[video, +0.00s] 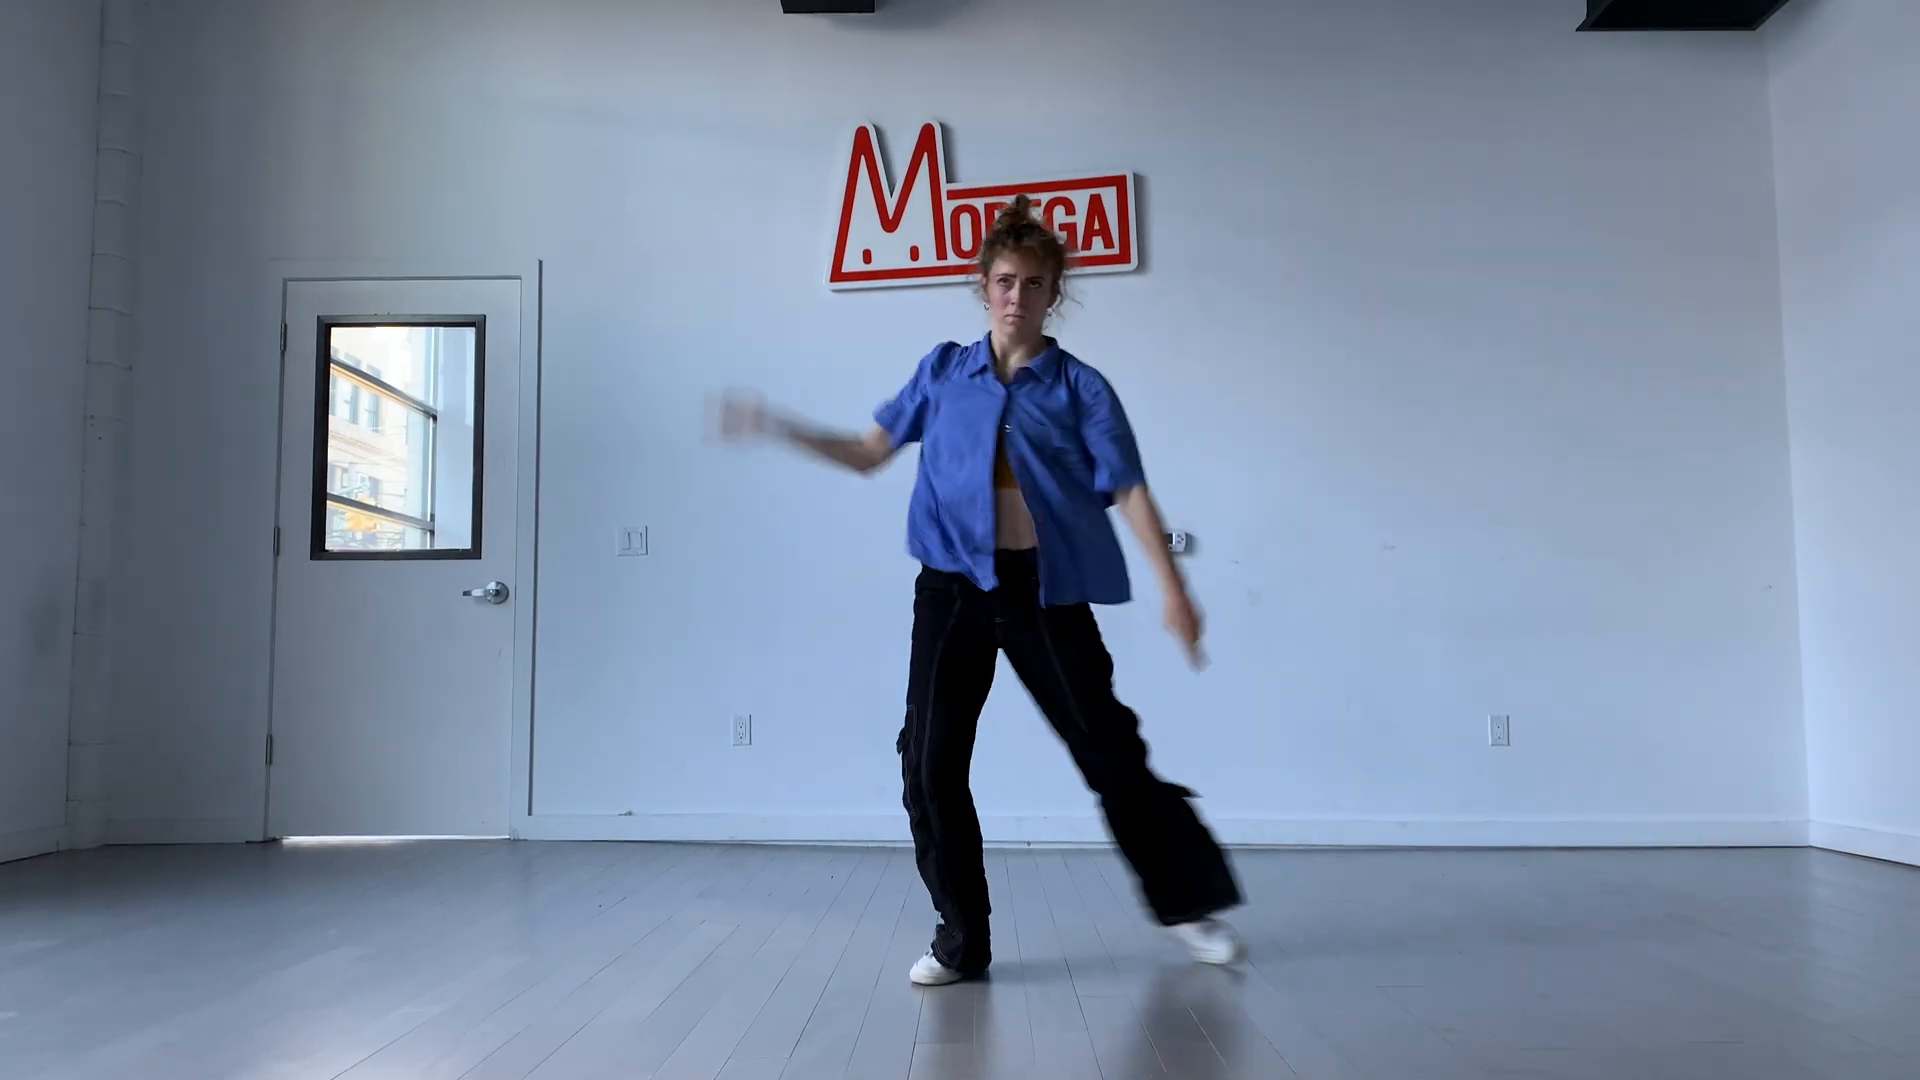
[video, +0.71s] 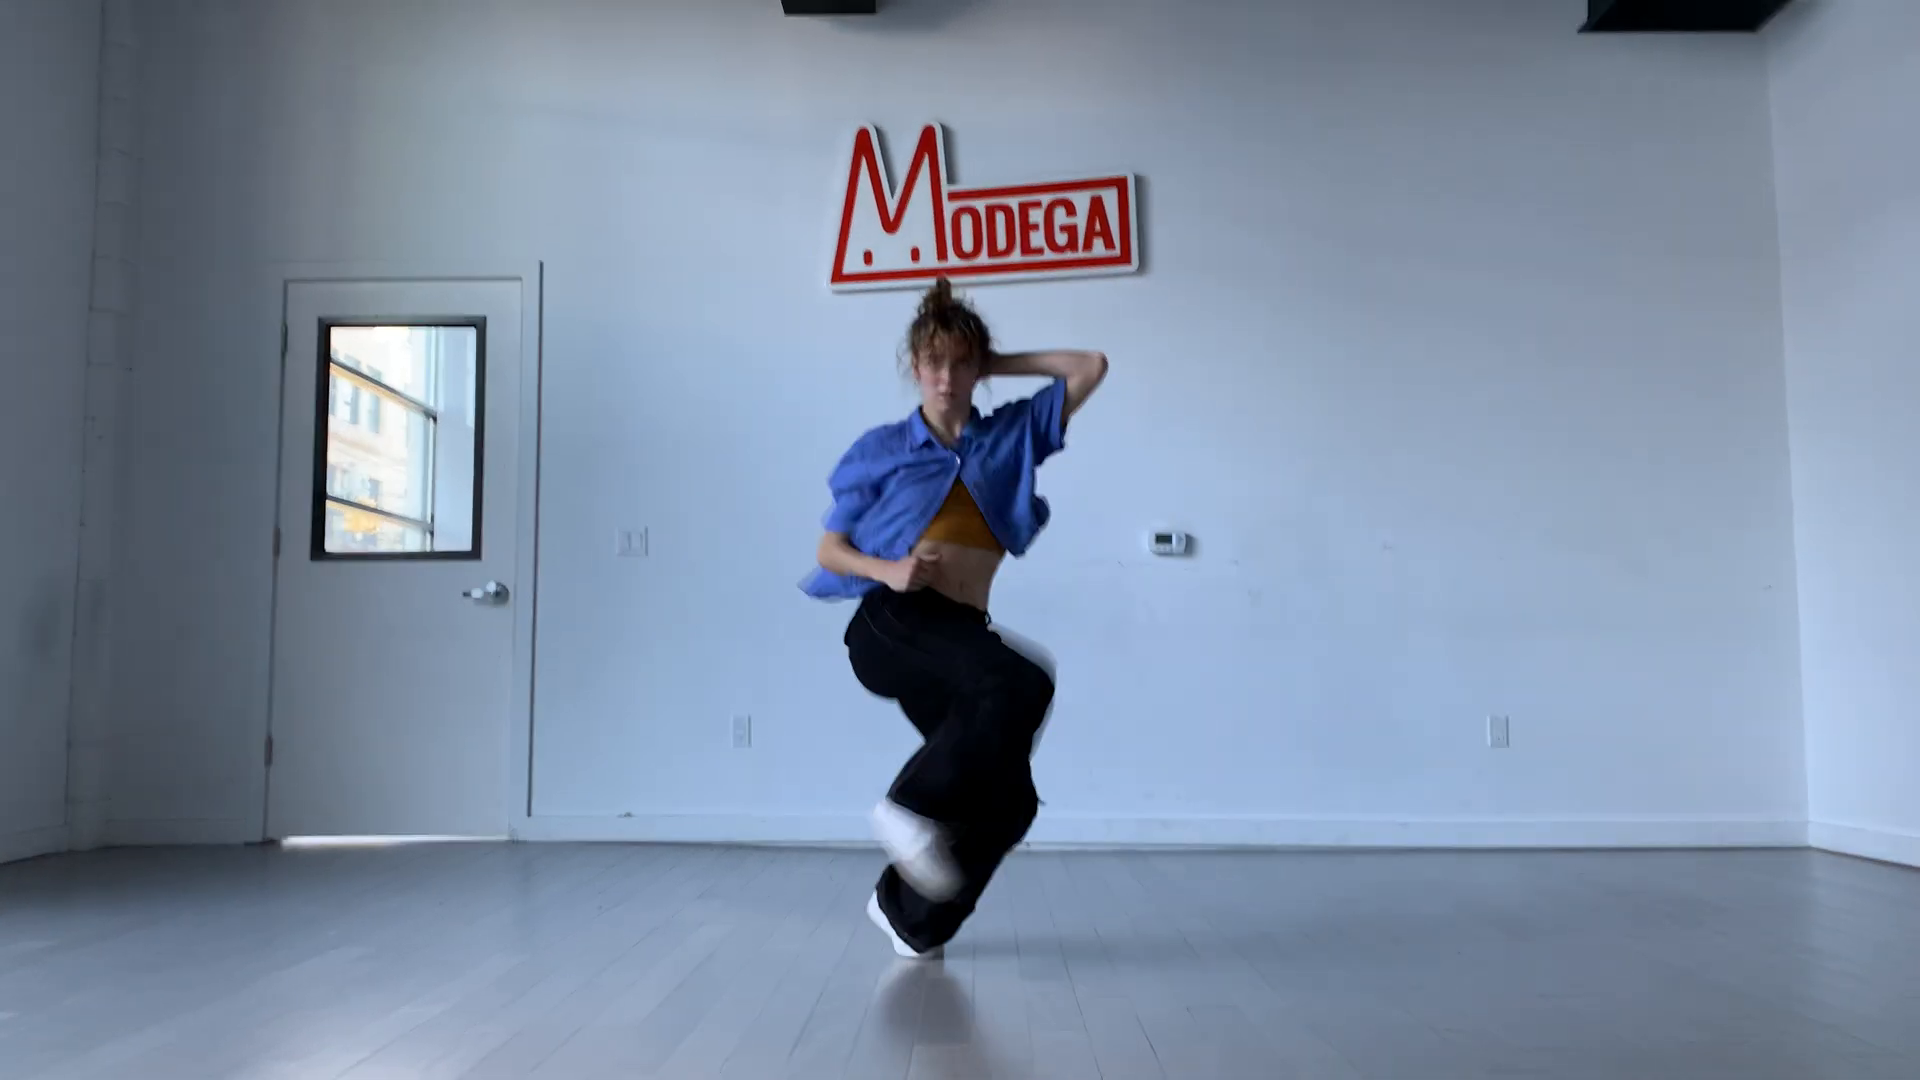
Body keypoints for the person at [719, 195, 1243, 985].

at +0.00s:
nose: (1014, 299)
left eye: (1030, 284)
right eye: (1001, 283)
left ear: (1053, 293)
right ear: (983, 288)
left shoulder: (1081, 389)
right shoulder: (943, 372)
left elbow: (1129, 493)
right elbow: (867, 450)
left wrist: (1172, 588)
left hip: (1046, 591)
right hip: (953, 587)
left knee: (1109, 750)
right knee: (929, 761)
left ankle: (1189, 906)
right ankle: (959, 939)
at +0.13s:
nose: (994, 300)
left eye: (1009, 286)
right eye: (980, 284)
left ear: (1030, 291)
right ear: (960, 286)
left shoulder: (1054, 380)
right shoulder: (920, 348)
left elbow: (1073, 501)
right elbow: (857, 326)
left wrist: (1086, 606)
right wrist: (872, 289)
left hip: (1027, 581)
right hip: (936, 578)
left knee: (1044, 755)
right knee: (927, 765)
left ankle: (1059, 896)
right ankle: (962, 942)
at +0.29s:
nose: (980, 316)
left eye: (994, 303)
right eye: (967, 304)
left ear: (1015, 310)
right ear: (946, 312)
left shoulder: (1043, 398)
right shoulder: (913, 363)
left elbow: (1059, 491)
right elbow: (805, 326)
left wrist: (1093, 567)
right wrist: (840, 224)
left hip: (1004, 600)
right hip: (917, 586)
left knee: (1014, 771)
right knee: (919, 760)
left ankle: (956, 890)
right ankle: (959, 937)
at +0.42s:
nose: (954, 339)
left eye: (968, 326)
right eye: (941, 326)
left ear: (989, 336)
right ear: (922, 334)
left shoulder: (1008, 420)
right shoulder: (906, 404)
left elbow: (1097, 471)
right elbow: (970, 493)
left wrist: (1100, 390)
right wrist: (1033, 446)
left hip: (988, 614)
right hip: (908, 606)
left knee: (995, 778)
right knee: (919, 770)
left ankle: (909, 891)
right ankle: (950, 939)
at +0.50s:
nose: (949, 353)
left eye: (962, 340)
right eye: (935, 340)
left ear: (984, 349)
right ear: (919, 347)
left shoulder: (1004, 422)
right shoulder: (907, 402)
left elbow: (1094, 402)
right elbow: (947, 499)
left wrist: (1023, 351)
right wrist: (1037, 545)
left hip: (981, 606)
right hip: (904, 605)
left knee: (1015, 775)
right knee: (945, 700)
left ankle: (912, 895)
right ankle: (953, 887)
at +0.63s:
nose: (947, 367)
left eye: (961, 353)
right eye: (936, 353)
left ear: (982, 364)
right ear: (918, 361)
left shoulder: (1008, 434)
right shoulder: (882, 436)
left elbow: (1090, 354)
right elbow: (810, 528)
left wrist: (997, 355)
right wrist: (879, 552)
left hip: (963, 632)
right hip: (888, 626)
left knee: (1001, 784)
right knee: (1000, 594)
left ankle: (918, 902)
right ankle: (991, 782)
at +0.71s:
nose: (944, 376)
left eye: (957, 363)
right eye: (932, 363)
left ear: (979, 372)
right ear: (914, 369)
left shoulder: (1008, 438)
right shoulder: (883, 450)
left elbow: (1090, 367)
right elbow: (829, 549)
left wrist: (995, 364)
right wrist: (887, 570)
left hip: (964, 635)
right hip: (892, 623)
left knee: (1010, 798)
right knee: (1020, 683)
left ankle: (910, 912)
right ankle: (913, 807)